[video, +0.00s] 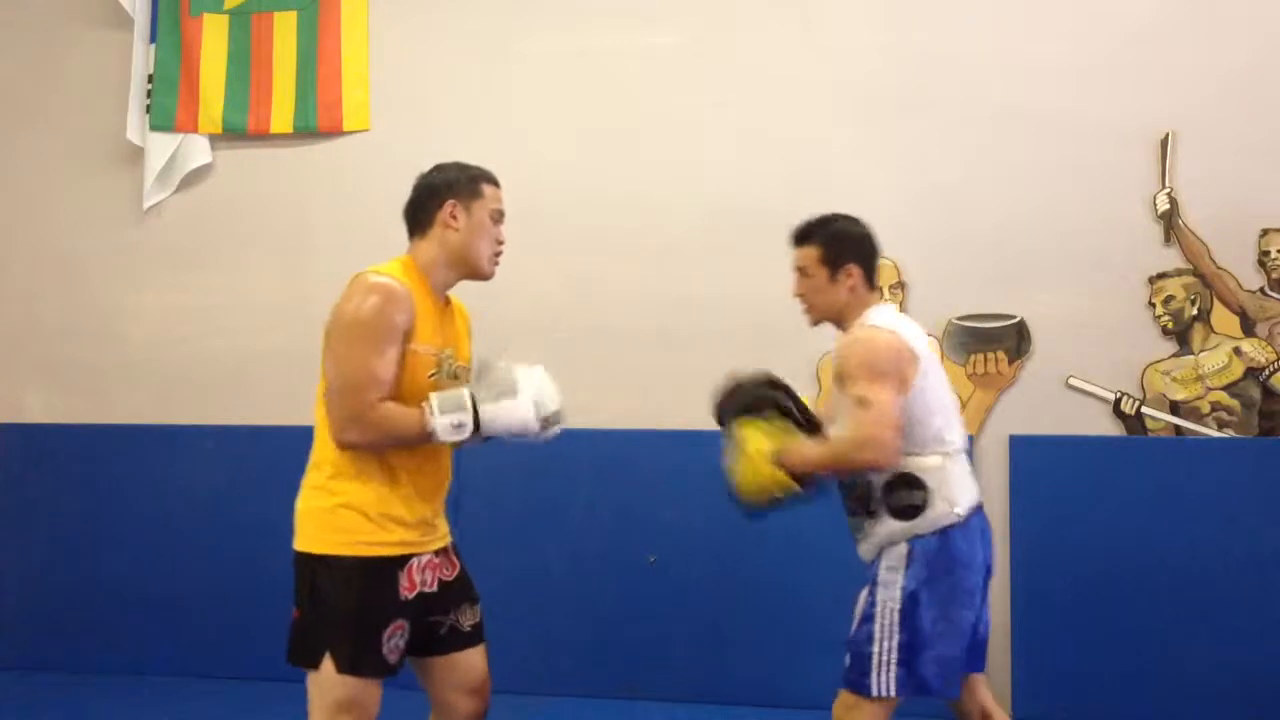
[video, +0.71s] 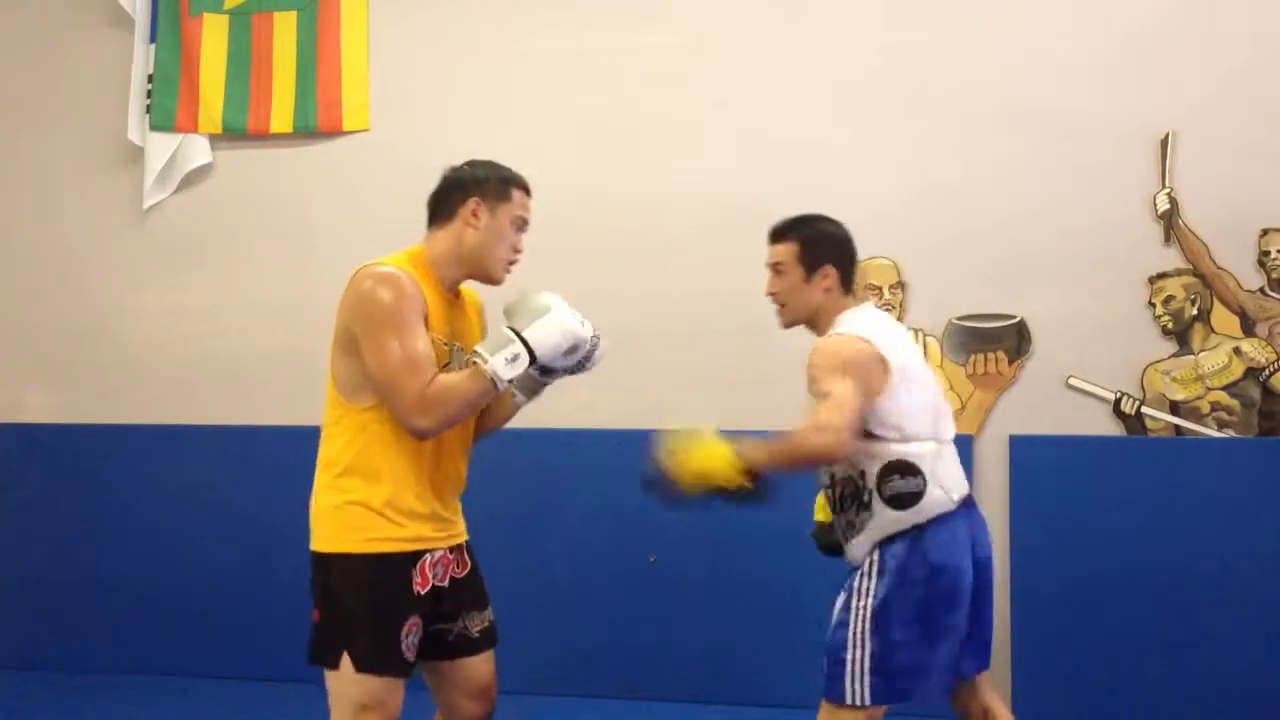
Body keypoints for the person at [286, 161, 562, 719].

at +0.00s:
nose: (504, 237)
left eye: (504, 221)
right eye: (494, 218)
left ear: (456, 219)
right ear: (451, 217)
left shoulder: (454, 316)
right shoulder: (377, 297)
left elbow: (431, 415)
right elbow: (354, 423)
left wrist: (501, 405)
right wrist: (470, 416)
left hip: (425, 537)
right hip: (352, 542)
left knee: (466, 696)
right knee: (346, 708)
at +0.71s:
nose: (522, 246)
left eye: (525, 231)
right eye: (517, 226)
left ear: (475, 218)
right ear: (473, 214)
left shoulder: (467, 308)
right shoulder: (383, 288)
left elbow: (471, 425)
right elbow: (422, 410)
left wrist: (535, 374)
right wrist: (516, 352)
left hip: (440, 534)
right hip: (365, 540)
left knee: (472, 696)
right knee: (368, 707)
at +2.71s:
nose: (472, 259)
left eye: (478, 243)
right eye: (472, 238)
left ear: (429, 222)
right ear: (430, 220)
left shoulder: (396, 298)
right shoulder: (324, 283)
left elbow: (395, 405)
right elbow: (369, 416)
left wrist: (477, 371)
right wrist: (470, 361)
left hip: (374, 544)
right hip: (304, 554)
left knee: (434, 699)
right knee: (306, 709)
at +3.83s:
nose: (484, 278)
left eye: (487, 262)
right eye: (483, 259)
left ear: (442, 248)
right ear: (446, 248)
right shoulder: (383, 306)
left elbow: (437, 410)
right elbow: (433, 411)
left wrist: (482, 348)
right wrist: (498, 352)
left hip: (366, 576)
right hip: (332, 587)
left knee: (451, 691)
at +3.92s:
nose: (491, 261)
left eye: (494, 245)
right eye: (490, 243)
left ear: (435, 233)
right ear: (455, 232)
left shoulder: (343, 297)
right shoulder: (446, 295)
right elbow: (570, 327)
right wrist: (614, 320)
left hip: (307, 558)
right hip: (360, 567)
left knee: (442, 692)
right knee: (350, 711)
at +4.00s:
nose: (507, 256)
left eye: (508, 237)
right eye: (504, 236)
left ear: (435, 233)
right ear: (471, 229)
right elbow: (626, 307)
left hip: (319, 552)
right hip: (377, 564)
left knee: (446, 698)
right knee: (358, 714)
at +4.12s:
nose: (532, 262)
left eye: (533, 245)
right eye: (529, 243)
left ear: (457, 240)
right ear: (497, 239)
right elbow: (625, 385)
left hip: (339, 546)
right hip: (400, 555)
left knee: (458, 690)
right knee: (402, 710)